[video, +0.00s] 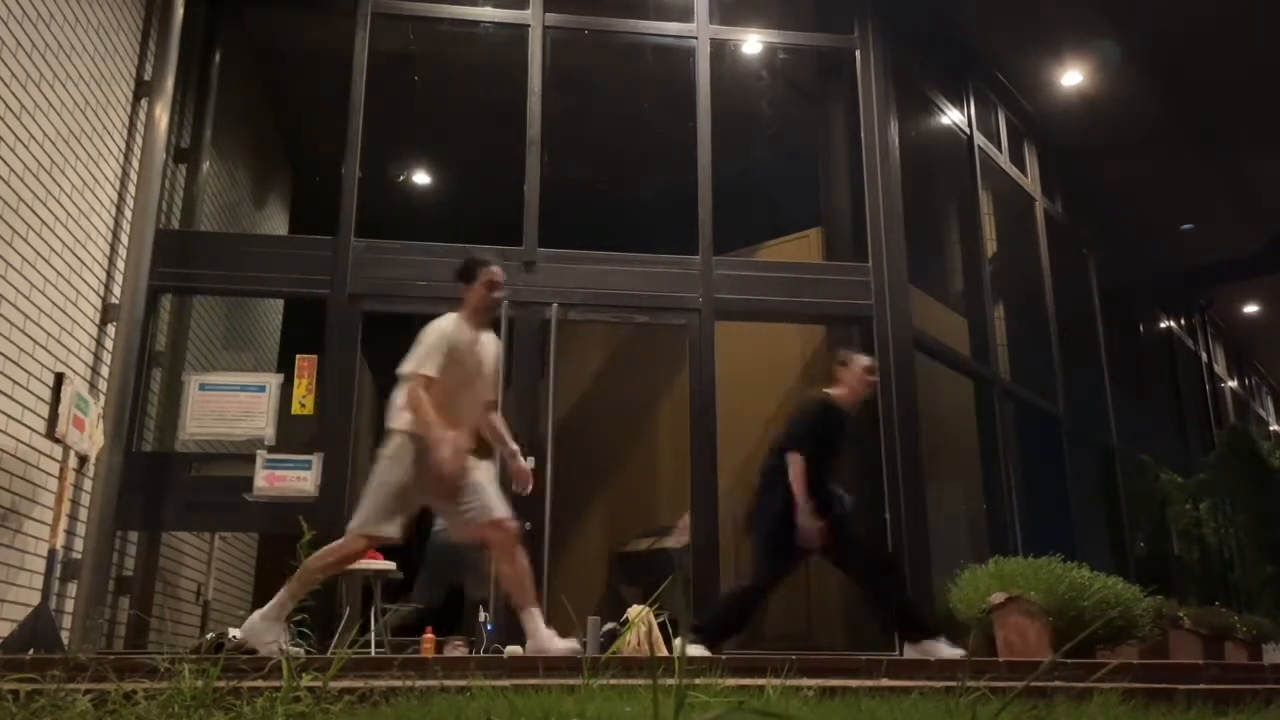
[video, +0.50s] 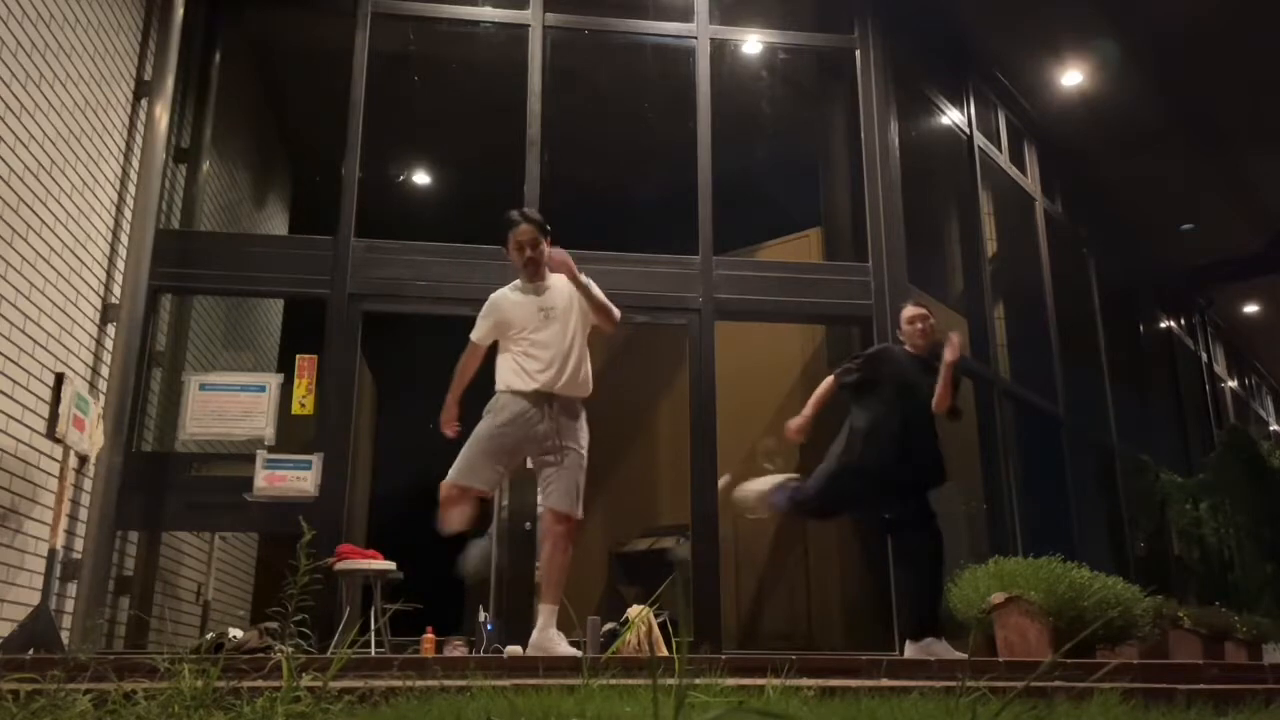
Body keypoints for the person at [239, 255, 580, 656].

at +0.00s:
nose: (499, 295)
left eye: (502, 288)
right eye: (492, 286)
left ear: (501, 292)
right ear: (467, 287)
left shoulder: (492, 344)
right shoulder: (443, 330)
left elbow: (487, 411)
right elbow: (415, 390)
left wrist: (513, 455)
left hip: (462, 456)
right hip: (410, 448)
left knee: (504, 534)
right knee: (359, 542)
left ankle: (539, 636)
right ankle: (267, 619)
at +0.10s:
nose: (522, 284)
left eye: (526, 277)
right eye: (512, 276)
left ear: (531, 282)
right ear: (491, 280)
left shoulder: (526, 331)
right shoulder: (475, 327)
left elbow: (523, 395)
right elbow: (437, 386)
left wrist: (537, 438)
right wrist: (406, 447)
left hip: (492, 447)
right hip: (446, 442)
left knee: (530, 525)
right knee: (383, 527)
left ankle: (540, 635)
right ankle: (294, 602)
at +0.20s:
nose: (533, 272)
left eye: (538, 264)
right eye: (523, 265)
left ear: (545, 267)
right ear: (505, 269)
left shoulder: (550, 315)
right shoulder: (490, 316)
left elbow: (560, 373)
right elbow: (444, 367)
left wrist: (568, 405)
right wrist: (407, 422)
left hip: (518, 434)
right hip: (473, 427)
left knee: (540, 526)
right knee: (414, 516)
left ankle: (540, 634)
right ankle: (331, 568)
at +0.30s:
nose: (532, 262)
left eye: (538, 253)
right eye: (523, 255)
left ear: (548, 256)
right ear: (508, 260)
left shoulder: (565, 305)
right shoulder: (495, 305)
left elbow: (588, 350)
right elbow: (451, 356)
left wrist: (586, 364)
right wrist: (416, 408)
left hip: (540, 424)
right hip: (493, 418)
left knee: (549, 524)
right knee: (436, 508)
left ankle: (541, 634)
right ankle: (365, 533)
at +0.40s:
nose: (530, 256)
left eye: (536, 248)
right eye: (522, 249)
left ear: (548, 250)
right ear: (509, 255)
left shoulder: (574, 296)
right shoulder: (498, 301)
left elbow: (610, 343)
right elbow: (461, 351)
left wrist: (605, 333)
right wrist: (434, 401)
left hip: (557, 421)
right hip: (506, 413)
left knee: (557, 523)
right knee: (450, 499)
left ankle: (542, 633)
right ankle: (410, 505)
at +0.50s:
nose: (528, 254)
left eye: (534, 245)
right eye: (520, 248)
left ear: (548, 246)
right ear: (508, 253)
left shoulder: (576, 290)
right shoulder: (501, 302)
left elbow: (613, 322)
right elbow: (473, 355)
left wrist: (576, 278)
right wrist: (451, 404)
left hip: (568, 414)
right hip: (514, 409)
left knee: (562, 522)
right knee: (455, 493)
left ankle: (545, 632)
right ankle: (471, 533)